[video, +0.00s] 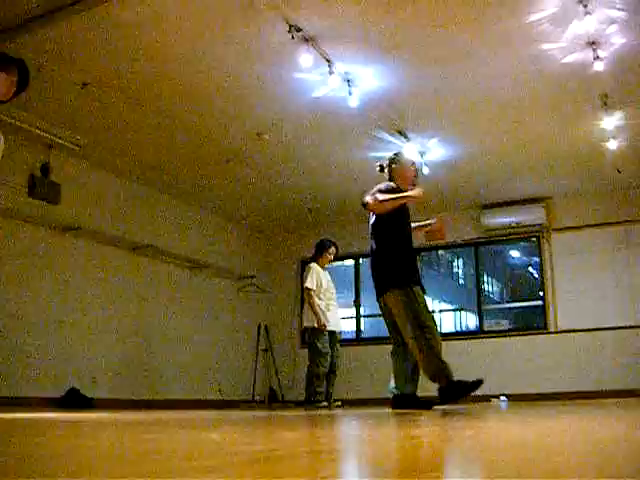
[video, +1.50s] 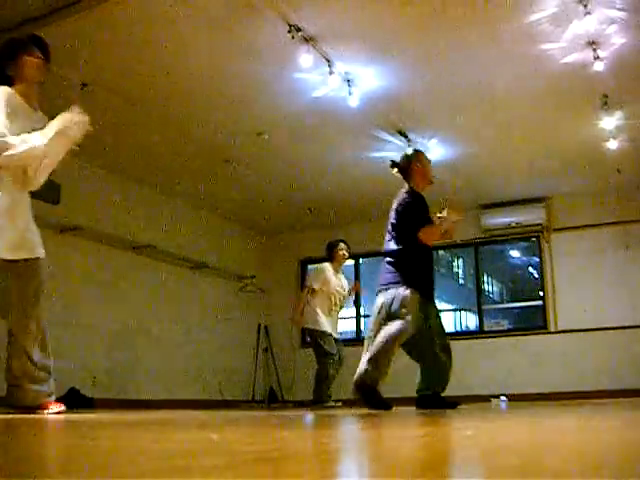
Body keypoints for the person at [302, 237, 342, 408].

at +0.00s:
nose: (331, 258)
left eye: (333, 255)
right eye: (329, 253)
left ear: (332, 256)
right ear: (320, 252)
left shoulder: (324, 272)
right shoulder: (313, 268)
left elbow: (326, 297)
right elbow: (309, 293)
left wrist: (333, 319)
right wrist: (319, 317)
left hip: (332, 323)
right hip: (319, 323)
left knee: (332, 363)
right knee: (320, 362)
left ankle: (328, 396)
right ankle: (314, 396)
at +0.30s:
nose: (337, 253)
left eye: (337, 250)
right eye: (334, 250)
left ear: (334, 253)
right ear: (326, 251)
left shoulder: (328, 271)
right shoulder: (320, 267)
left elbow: (325, 295)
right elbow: (316, 290)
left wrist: (330, 319)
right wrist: (322, 316)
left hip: (328, 324)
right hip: (316, 324)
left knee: (330, 361)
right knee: (318, 361)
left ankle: (327, 396)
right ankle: (313, 397)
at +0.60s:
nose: (342, 255)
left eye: (343, 252)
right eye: (339, 251)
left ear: (345, 256)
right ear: (330, 253)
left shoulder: (334, 274)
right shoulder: (325, 269)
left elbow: (326, 299)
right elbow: (319, 296)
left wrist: (326, 324)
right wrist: (323, 324)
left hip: (319, 321)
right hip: (309, 320)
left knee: (322, 360)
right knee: (312, 360)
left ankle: (321, 396)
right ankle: (310, 397)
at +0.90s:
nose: (341, 255)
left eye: (343, 252)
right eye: (338, 251)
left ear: (345, 256)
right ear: (330, 253)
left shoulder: (337, 277)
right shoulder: (320, 270)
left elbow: (339, 299)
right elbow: (318, 295)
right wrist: (329, 322)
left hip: (326, 320)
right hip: (311, 318)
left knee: (325, 360)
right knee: (312, 359)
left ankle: (322, 396)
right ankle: (310, 396)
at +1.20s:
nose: (344, 253)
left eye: (345, 250)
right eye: (341, 250)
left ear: (345, 254)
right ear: (332, 252)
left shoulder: (340, 275)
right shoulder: (322, 269)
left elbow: (335, 297)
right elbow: (307, 285)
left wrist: (344, 307)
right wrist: (304, 307)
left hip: (328, 320)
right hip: (314, 318)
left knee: (328, 359)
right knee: (316, 356)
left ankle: (324, 395)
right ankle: (309, 395)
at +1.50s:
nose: (344, 253)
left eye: (346, 251)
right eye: (340, 250)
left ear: (347, 255)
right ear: (332, 253)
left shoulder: (342, 280)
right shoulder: (322, 269)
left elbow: (338, 304)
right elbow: (306, 291)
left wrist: (351, 292)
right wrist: (298, 313)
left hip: (329, 324)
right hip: (315, 320)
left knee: (338, 356)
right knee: (329, 356)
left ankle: (323, 395)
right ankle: (321, 397)